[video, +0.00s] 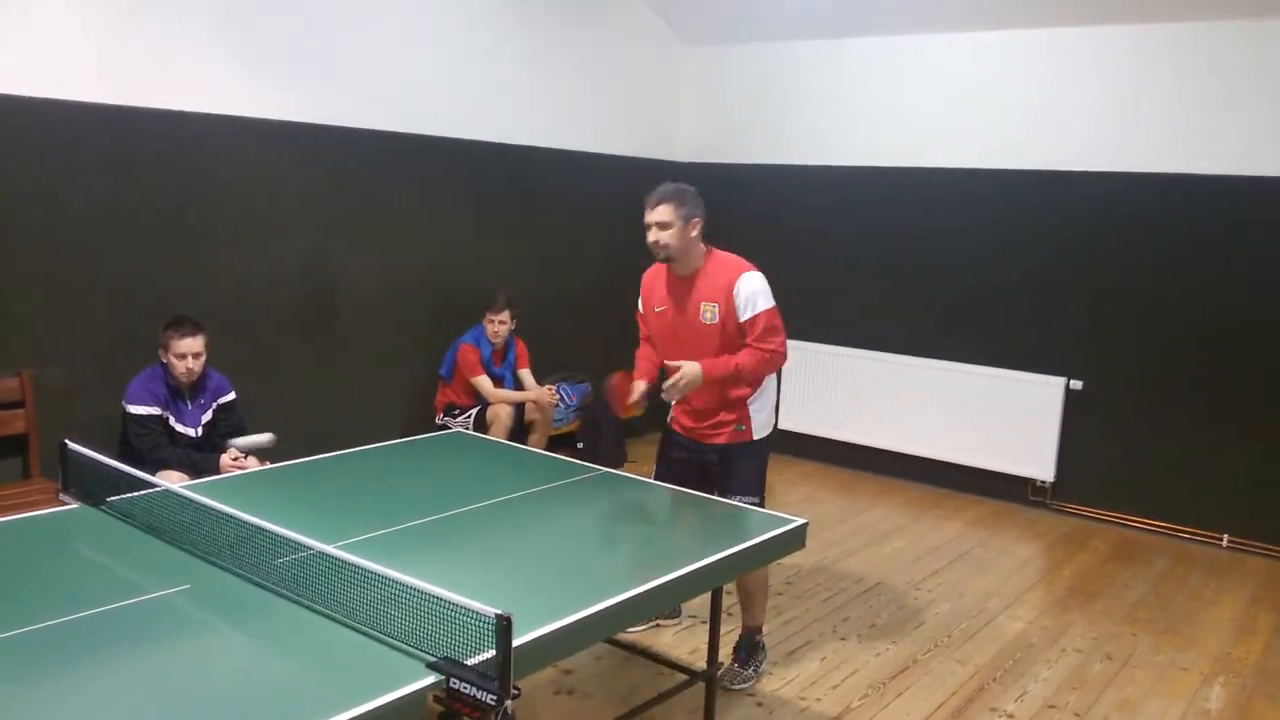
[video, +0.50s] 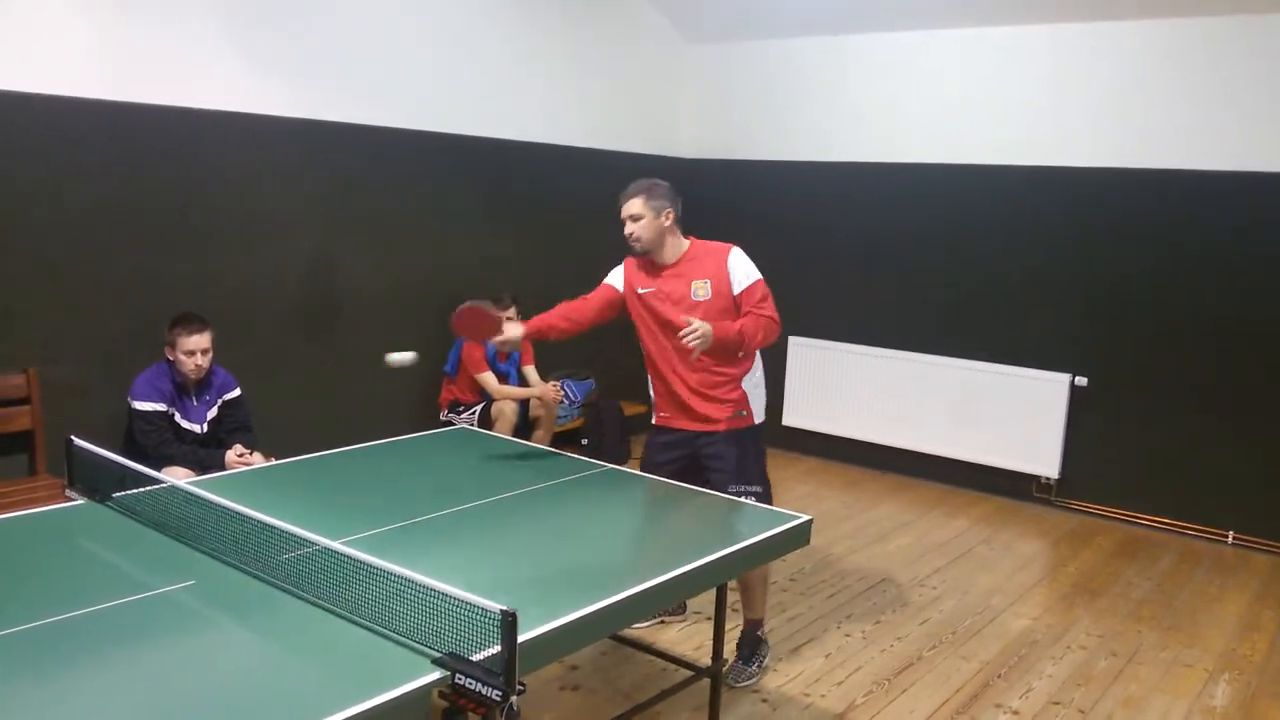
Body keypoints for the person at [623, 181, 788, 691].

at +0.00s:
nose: (652, 237)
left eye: (661, 227)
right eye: (648, 228)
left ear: (694, 226)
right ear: (649, 229)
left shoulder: (740, 277)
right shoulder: (653, 280)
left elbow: (772, 351)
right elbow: (650, 344)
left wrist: (705, 371)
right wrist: (642, 380)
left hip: (740, 431)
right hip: (684, 426)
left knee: (744, 533)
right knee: (665, 516)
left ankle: (751, 641)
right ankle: (666, 599)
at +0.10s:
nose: (639, 243)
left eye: (648, 233)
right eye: (636, 234)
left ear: (681, 230)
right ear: (645, 237)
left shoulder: (730, 277)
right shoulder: (656, 285)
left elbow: (766, 351)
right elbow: (662, 351)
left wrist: (696, 370)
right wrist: (629, 393)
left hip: (740, 435)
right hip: (687, 428)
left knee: (737, 536)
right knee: (657, 513)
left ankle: (751, 641)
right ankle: (665, 598)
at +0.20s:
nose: (627, 252)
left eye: (634, 241)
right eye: (624, 243)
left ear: (667, 237)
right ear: (652, 243)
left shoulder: (719, 278)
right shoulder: (657, 295)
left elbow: (763, 337)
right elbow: (663, 361)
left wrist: (694, 365)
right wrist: (615, 403)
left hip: (739, 437)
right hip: (687, 430)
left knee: (731, 538)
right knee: (654, 512)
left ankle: (751, 642)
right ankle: (667, 599)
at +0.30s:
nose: (623, 248)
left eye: (628, 237)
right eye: (621, 238)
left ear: (661, 232)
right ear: (649, 237)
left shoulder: (723, 271)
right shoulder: (650, 294)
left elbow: (771, 326)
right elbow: (637, 360)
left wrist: (704, 354)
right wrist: (579, 394)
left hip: (743, 429)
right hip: (689, 425)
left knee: (741, 535)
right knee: (657, 513)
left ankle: (755, 640)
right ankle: (670, 600)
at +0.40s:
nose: (620, 236)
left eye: (627, 226)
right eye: (619, 227)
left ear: (659, 222)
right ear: (645, 226)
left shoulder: (724, 261)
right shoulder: (634, 285)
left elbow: (771, 321)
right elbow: (599, 338)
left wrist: (711, 339)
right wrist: (536, 360)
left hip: (742, 420)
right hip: (682, 418)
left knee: (747, 530)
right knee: (662, 512)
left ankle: (755, 638)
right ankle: (674, 594)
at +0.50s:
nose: (627, 230)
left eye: (635, 220)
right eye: (624, 222)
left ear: (668, 218)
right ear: (631, 226)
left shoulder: (727, 260)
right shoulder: (631, 273)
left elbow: (767, 323)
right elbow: (587, 309)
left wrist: (718, 332)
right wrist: (528, 328)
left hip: (731, 424)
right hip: (670, 424)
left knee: (747, 529)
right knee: (656, 516)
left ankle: (754, 636)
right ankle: (672, 595)